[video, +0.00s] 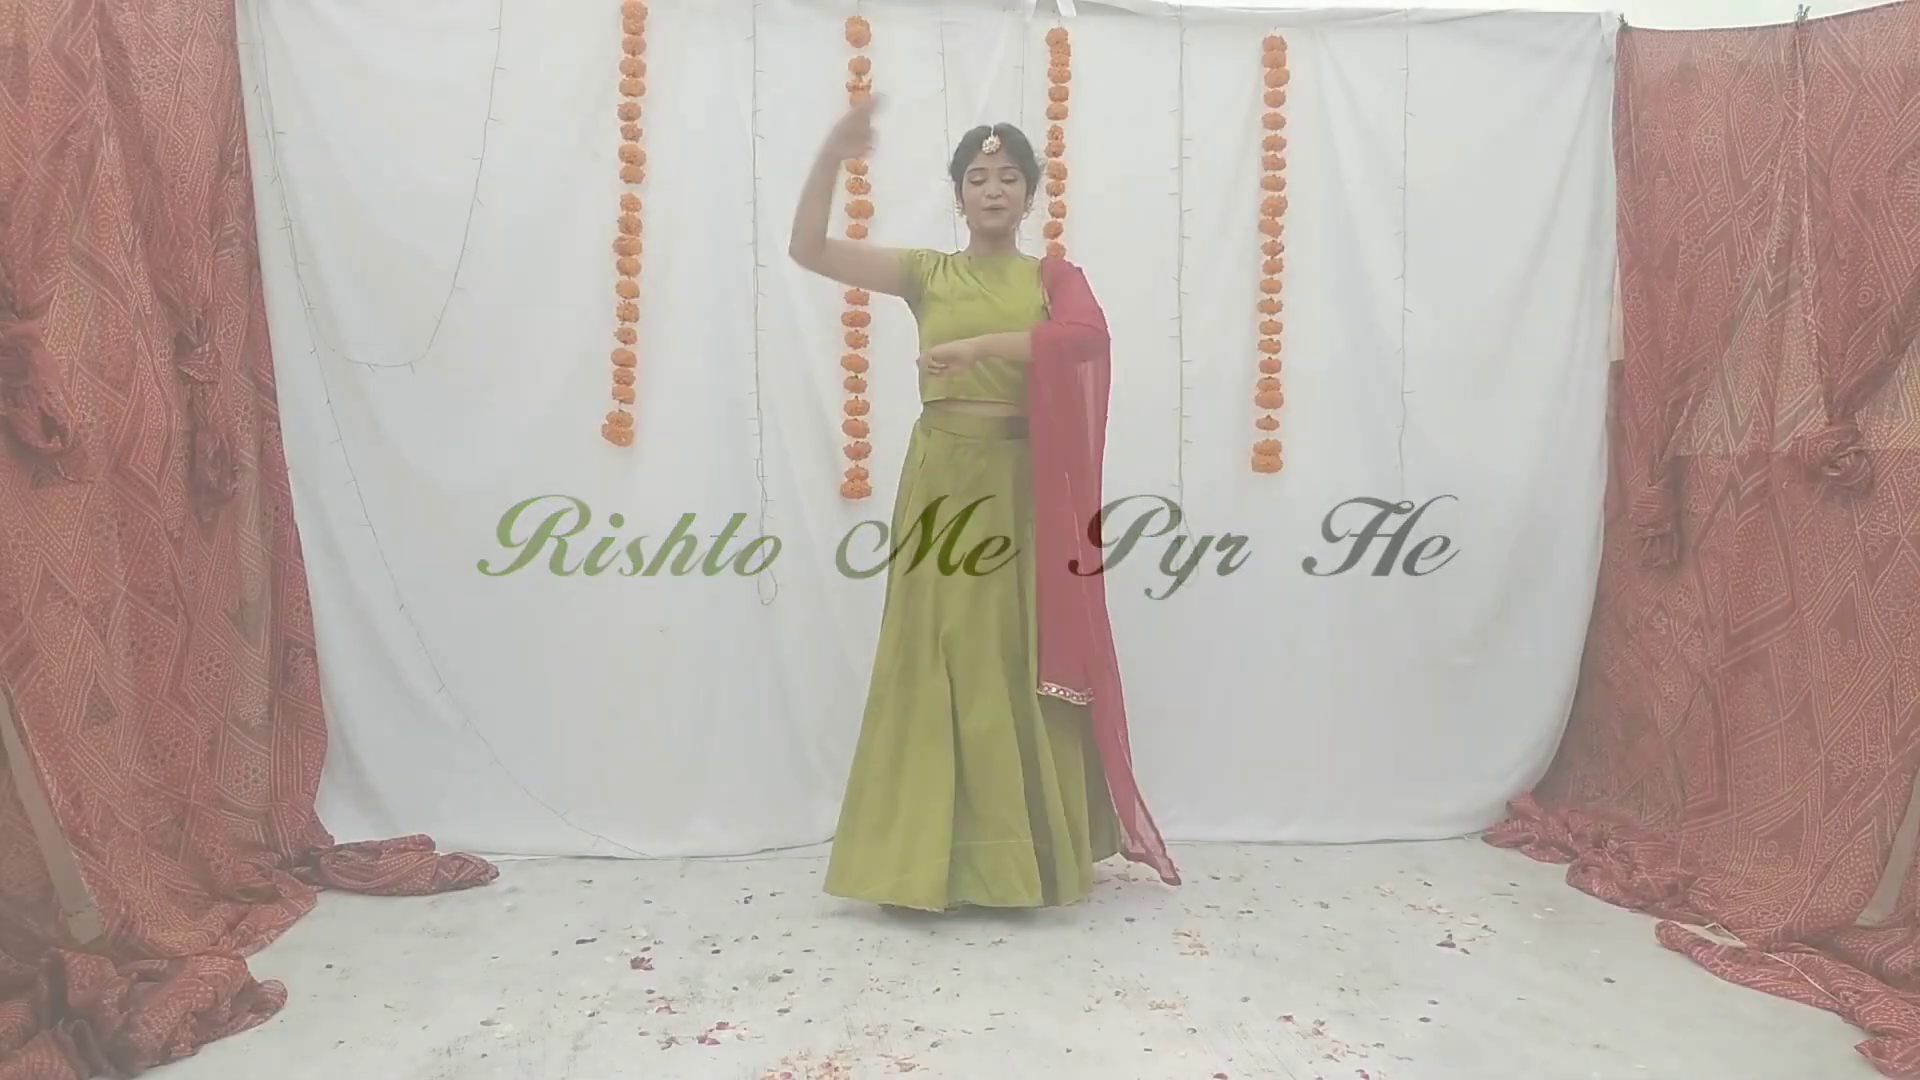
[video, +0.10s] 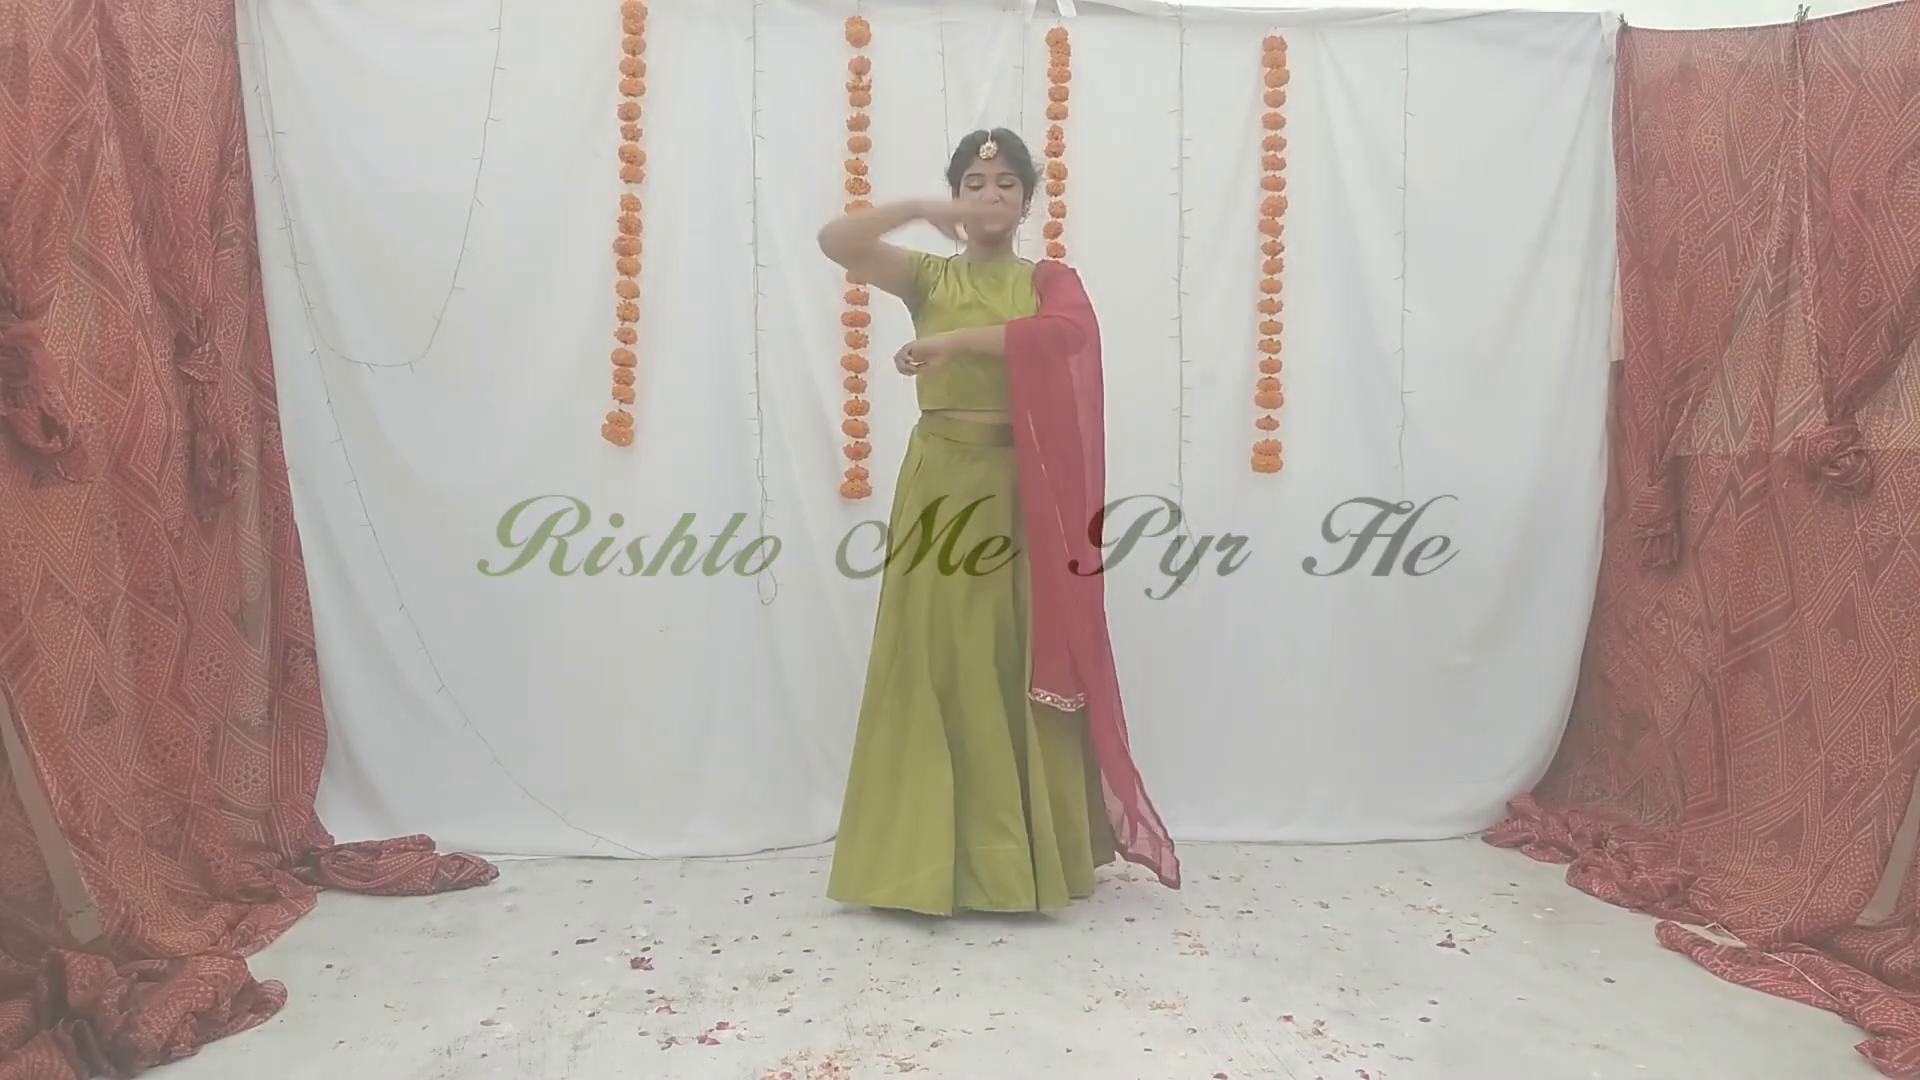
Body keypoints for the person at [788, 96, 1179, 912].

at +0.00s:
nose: (993, 189)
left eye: (1007, 177)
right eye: (979, 176)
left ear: (1029, 194)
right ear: (958, 192)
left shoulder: (1052, 278)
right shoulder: (928, 272)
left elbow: (1089, 341)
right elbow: (810, 248)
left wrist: (981, 348)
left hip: (1025, 475)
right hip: (941, 473)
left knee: (1019, 660)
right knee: (937, 658)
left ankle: (1021, 858)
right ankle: (929, 861)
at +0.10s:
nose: (989, 193)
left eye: (1004, 182)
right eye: (975, 183)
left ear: (1028, 199)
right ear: (954, 202)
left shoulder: (1050, 280)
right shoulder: (930, 278)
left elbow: (1068, 337)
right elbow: (838, 239)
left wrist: (955, 342)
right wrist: (920, 208)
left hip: (1023, 480)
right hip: (938, 476)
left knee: (1017, 662)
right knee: (936, 662)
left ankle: (1024, 859)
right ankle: (930, 860)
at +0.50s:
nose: (986, 198)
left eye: (1001, 186)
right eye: (973, 186)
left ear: (1022, 201)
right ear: (952, 201)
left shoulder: (1041, 285)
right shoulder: (930, 277)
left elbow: (1037, 330)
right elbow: (885, 248)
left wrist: (940, 290)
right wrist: (871, 160)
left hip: (1014, 484)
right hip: (935, 479)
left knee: (1008, 663)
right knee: (930, 666)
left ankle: (998, 858)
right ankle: (926, 863)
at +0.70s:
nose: (979, 173)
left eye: (993, 161)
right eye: (965, 161)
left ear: (1012, 179)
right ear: (942, 180)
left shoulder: (1029, 264)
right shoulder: (917, 259)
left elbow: (1033, 310)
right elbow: (876, 227)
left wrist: (927, 264)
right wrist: (855, 133)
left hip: (1001, 464)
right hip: (923, 457)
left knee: (997, 646)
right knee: (920, 648)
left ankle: (996, 842)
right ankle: (919, 848)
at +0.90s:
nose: (965, 222)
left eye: (980, 211)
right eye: (952, 210)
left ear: (1002, 222)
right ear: (932, 223)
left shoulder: (1022, 305)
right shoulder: (911, 302)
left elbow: (1037, 365)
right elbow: (880, 309)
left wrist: (925, 337)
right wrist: (899, 197)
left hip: (998, 505)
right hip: (920, 498)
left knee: (994, 676)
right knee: (909, 676)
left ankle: (995, 860)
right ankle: (904, 872)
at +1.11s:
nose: (966, 224)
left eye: (980, 213)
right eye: (952, 213)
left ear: (998, 227)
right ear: (929, 227)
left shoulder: (1014, 301)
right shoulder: (902, 304)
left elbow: (1069, 296)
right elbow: (846, 251)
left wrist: (988, 282)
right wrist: (919, 195)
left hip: (999, 497)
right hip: (919, 494)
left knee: (999, 672)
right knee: (916, 673)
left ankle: (1001, 852)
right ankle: (910, 868)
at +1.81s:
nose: (975, 218)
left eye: (987, 208)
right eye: (962, 205)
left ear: (1005, 221)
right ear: (935, 218)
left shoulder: (1027, 297)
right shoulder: (909, 290)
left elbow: (1113, 240)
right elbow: (838, 226)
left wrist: (1019, 195)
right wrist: (921, 205)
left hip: (1005, 486)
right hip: (925, 484)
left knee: (1006, 667)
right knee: (924, 670)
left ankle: (992, 856)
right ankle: (914, 873)